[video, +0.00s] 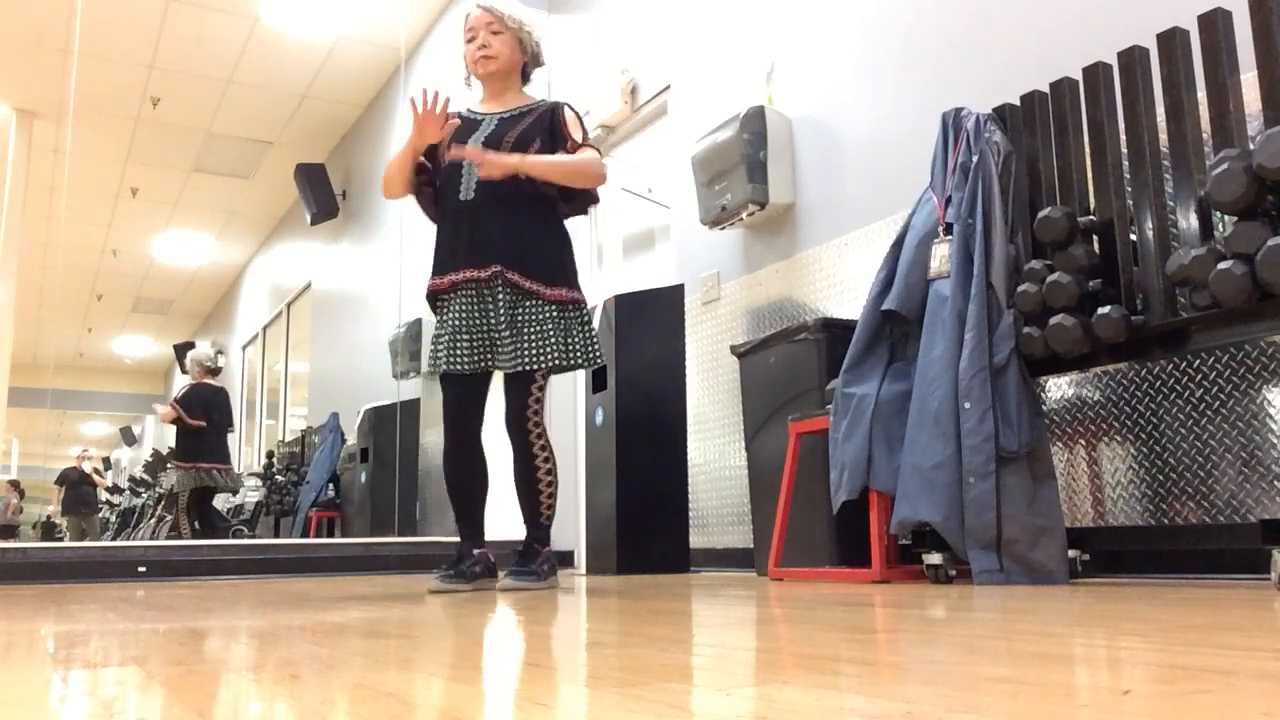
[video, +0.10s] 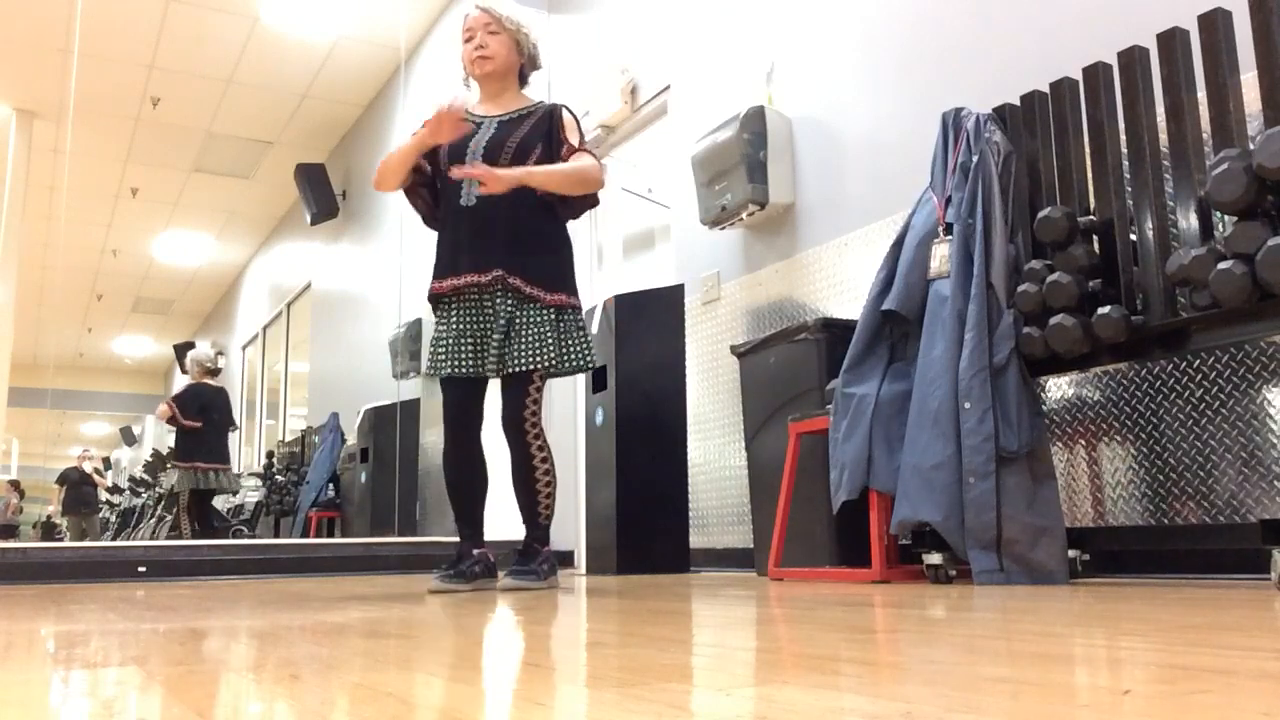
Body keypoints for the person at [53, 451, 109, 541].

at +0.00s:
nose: (85, 461)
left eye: (88, 458)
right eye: (83, 458)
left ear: (91, 460)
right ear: (77, 458)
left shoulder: (94, 471)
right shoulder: (68, 471)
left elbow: (103, 484)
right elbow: (58, 489)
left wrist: (91, 473)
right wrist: (55, 507)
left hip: (91, 512)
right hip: (73, 512)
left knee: (95, 538)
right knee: (74, 540)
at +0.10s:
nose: (86, 461)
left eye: (89, 458)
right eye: (83, 458)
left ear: (92, 460)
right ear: (78, 459)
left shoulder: (95, 471)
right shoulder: (69, 471)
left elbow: (104, 485)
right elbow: (58, 489)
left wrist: (92, 473)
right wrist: (56, 506)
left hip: (91, 511)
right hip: (73, 511)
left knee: (95, 538)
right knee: (74, 540)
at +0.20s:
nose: (87, 461)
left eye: (89, 458)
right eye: (84, 458)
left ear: (93, 460)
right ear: (79, 458)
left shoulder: (96, 471)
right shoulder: (70, 471)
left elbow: (104, 485)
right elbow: (59, 488)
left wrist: (93, 473)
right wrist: (56, 506)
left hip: (91, 510)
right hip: (73, 511)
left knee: (95, 537)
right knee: (74, 539)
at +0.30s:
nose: (88, 460)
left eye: (91, 458)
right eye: (86, 458)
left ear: (95, 460)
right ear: (81, 458)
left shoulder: (99, 471)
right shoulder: (72, 471)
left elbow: (107, 485)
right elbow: (60, 487)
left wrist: (95, 474)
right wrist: (57, 506)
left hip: (93, 512)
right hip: (74, 511)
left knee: (95, 539)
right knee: (75, 540)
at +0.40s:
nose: (90, 460)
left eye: (93, 458)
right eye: (88, 457)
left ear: (97, 460)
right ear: (83, 458)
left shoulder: (100, 471)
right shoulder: (73, 471)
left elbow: (108, 485)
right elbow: (61, 488)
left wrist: (96, 473)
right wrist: (58, 506)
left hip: (94, 512)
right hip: (75, 512)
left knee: (95, 540)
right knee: (75, 540)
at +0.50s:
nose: (93, 460)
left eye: (96, 458)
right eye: (90, 457)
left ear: (100, 460)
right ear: (85, 458)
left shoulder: (103, 472)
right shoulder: (76, 471)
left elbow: (111, 486)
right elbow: (64, 488)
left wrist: (99, 473)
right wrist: (61, 506)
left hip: (96, 512)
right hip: (78, 512)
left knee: (96, 540)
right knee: (78, 540)